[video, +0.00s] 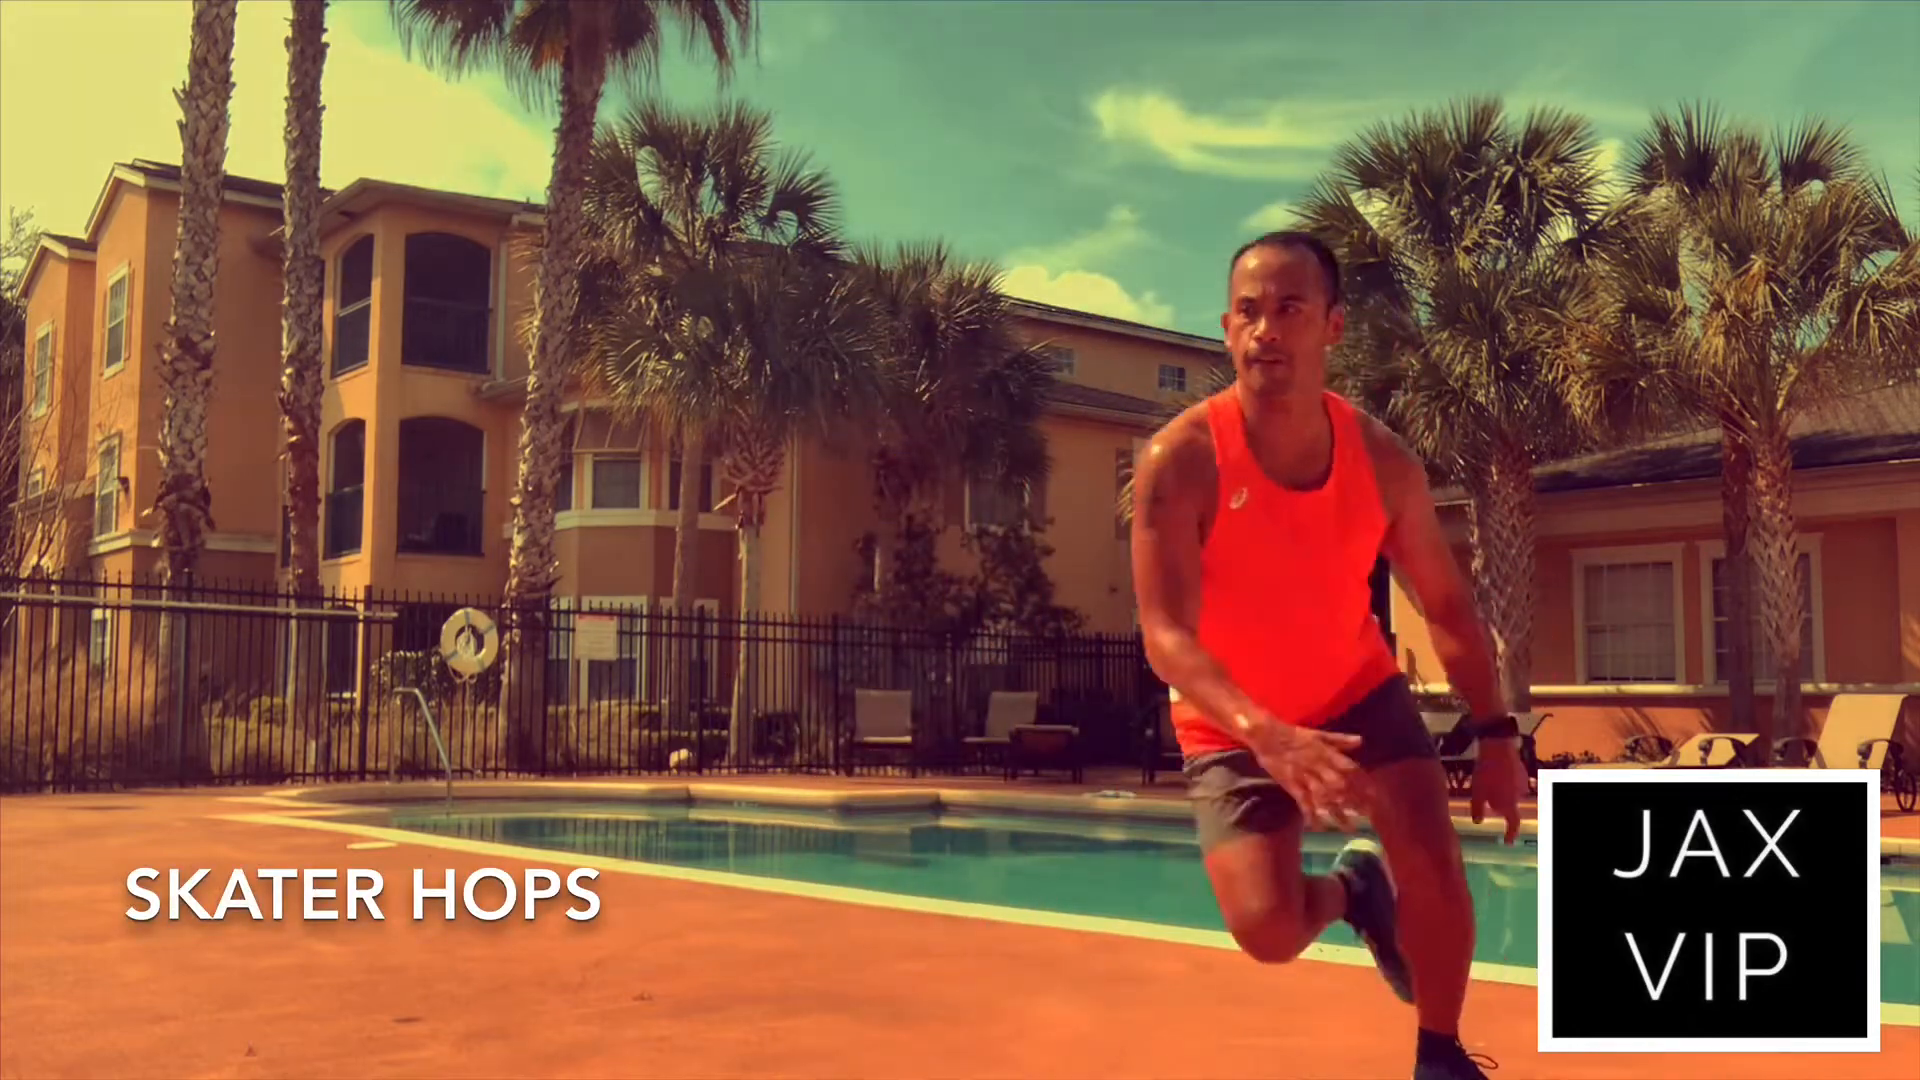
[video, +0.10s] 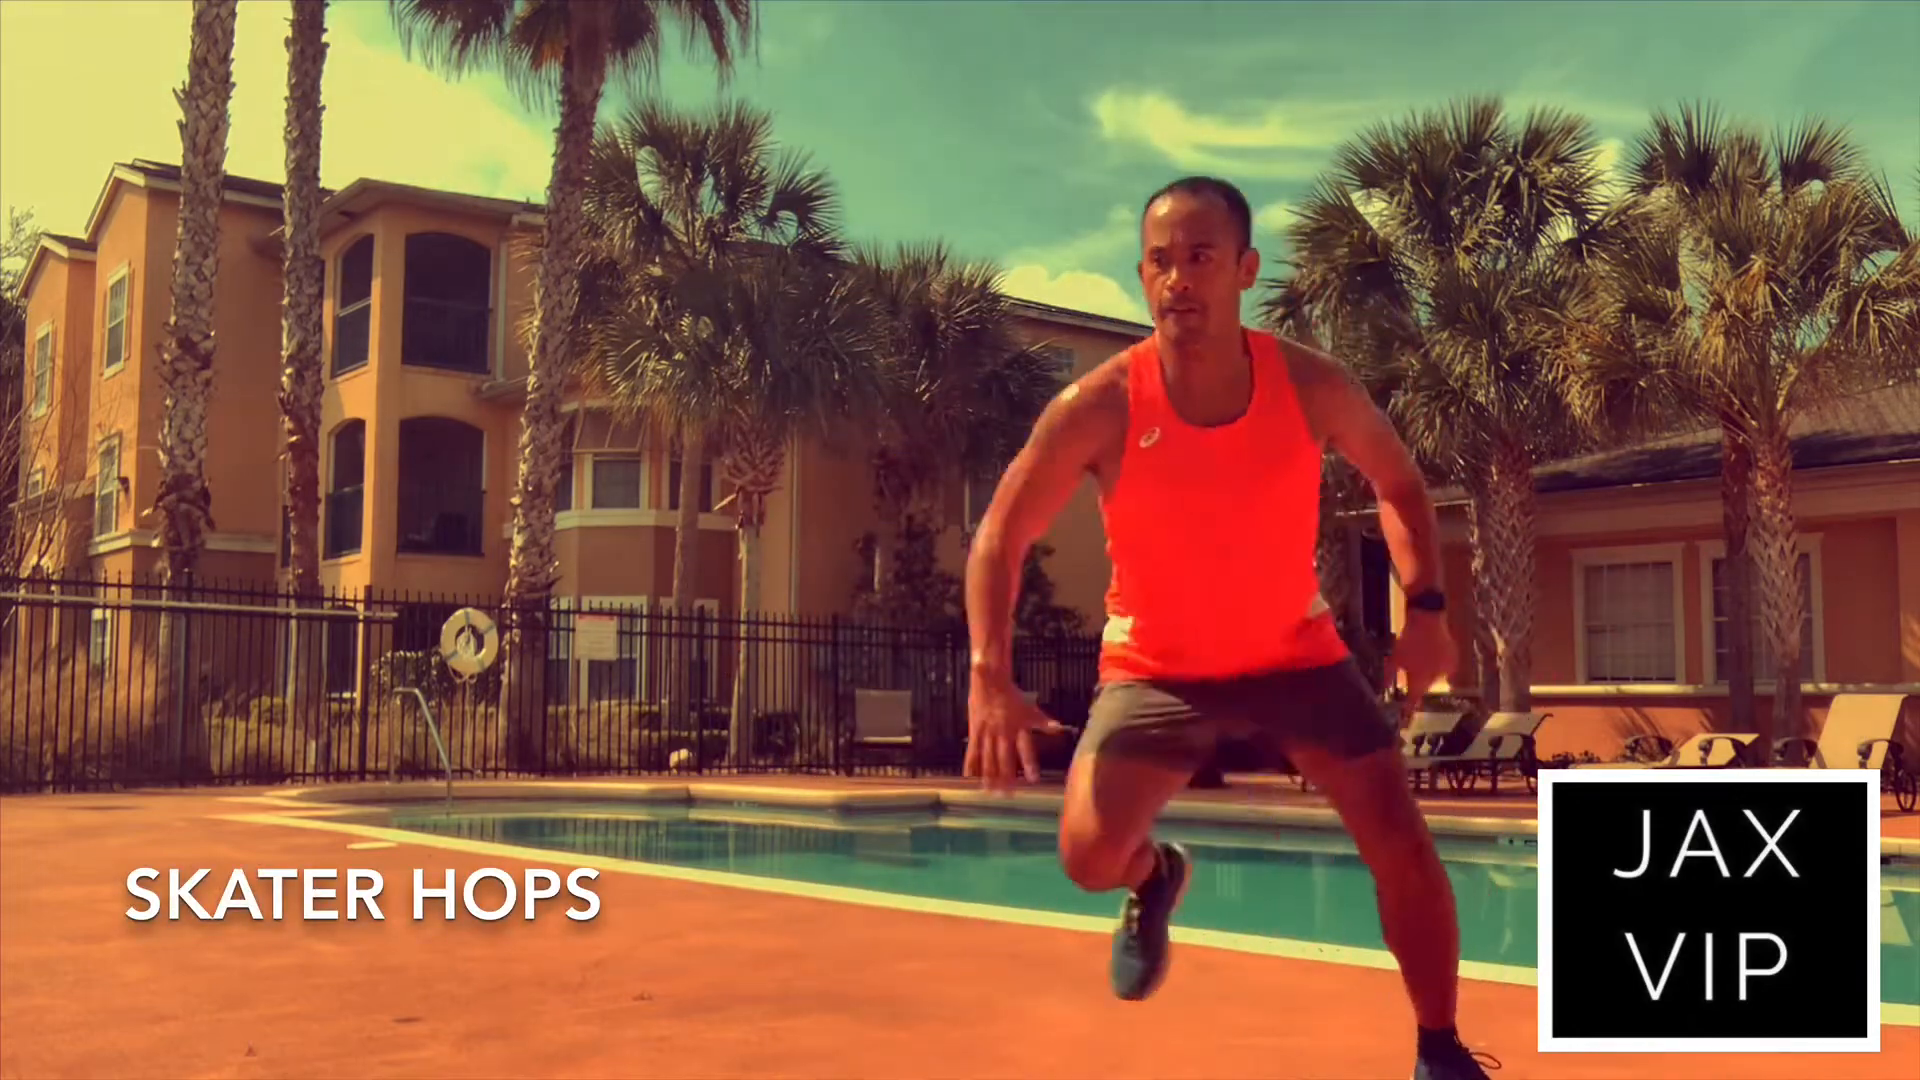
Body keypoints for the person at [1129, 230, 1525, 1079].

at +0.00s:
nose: (1263, 327)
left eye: (1289, 306)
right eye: (1246, 309)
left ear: (1333, 327)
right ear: (1228, 329)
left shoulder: (1381, 461)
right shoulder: (1178, 460)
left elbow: (1447, 606)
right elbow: (1165, 636)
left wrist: (1496, 734)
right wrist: (1265, 735)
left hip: (1356, 692)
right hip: (1225, 718)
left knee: (1431, 863)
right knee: (1265, 933)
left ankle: (1441, 1052)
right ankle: (1358, 891)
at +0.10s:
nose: (1177, 277)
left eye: (1200, 255)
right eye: (1159, 259)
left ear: (1245, 268)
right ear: (1141, 275)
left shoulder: (1312, 387)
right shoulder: (1100, 405)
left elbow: (1401, 489)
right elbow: (1000, 537)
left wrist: (1423, 604)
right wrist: (991, 676)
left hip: (1296, 658)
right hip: (1152, 668)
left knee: (1398, 839)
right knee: (1088, 855)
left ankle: (1440, 1044)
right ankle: (1156, 880)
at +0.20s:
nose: (1059, 228)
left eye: (1084, 207)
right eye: (1043, 207)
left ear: (1129, 211)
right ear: (1023, 211)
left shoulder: (1189, 299)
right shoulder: (983, 318)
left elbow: (1288, 324)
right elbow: (842, 400)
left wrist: (1350, 437)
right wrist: (804, 546)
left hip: (1204, 617)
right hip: (1051, 611)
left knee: (1316, 808)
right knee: (914, 768)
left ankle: (1435, 1015)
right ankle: (908, 916)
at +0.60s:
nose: (640, 365)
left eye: (666, 342)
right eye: (627, 342)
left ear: (724, 346)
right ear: (612, 345)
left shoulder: (785, 469)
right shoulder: (592, 457)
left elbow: (784, 651)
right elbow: (575, 562)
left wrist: (672, 778)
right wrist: (546, 666)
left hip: (770, 707)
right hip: (649, 682)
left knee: (754, 936)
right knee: (603, 847)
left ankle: (665, 828)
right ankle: (554, 1057)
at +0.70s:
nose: (601, 413)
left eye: (628, 390)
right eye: (587, 390)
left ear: (686, 400)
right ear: (572, 398)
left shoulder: (741, 531)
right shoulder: (565, 499)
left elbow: (657, 709)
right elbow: (564, 574)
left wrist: (494, 780)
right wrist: (519, 660)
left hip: (714, 766)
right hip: (609, 717)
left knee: (606, 947)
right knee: (576, 862)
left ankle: (511, 914)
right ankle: (553, 1061)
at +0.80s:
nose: (590, 448)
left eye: (617, 427)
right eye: (576, 425)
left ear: (673, 436)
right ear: (561, 430)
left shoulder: (717, 576)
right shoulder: (555, 526)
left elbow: (590, 730)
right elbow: (567, 590)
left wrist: (414, 760)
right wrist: (517, 664)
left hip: (671, 803)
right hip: (576, 739)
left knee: (539, 954)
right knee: (549, 857)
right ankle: (550, 1062)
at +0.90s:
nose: (606, 444)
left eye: (631, 423)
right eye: (592, 422)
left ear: (684, 438)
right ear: (574, 431)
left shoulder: (719, 569)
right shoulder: (559, 526)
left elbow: (586, 718)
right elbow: (566, 625)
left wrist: (420, 709)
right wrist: (521, 709)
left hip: (664, 809)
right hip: (573, 749)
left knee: (533, 950)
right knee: (554, 846)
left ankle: (401, 988)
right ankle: (551, 1063)